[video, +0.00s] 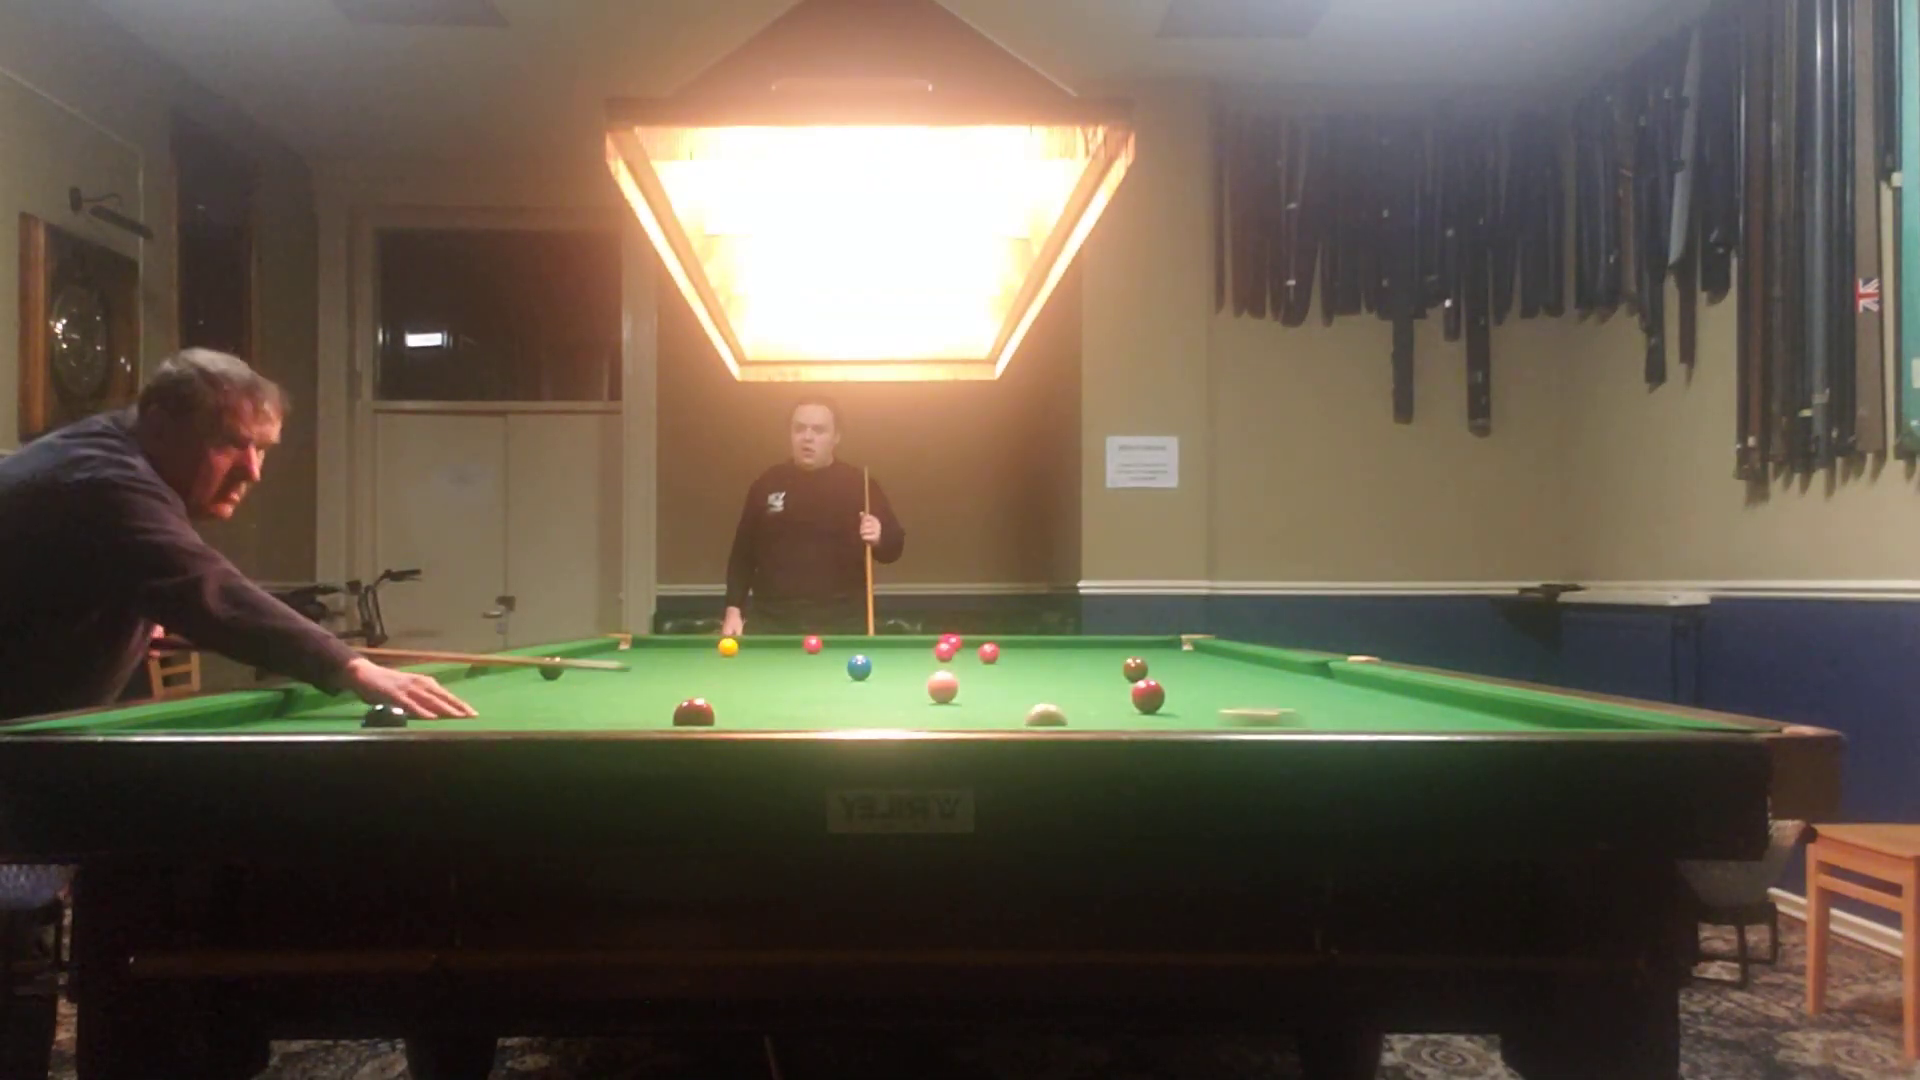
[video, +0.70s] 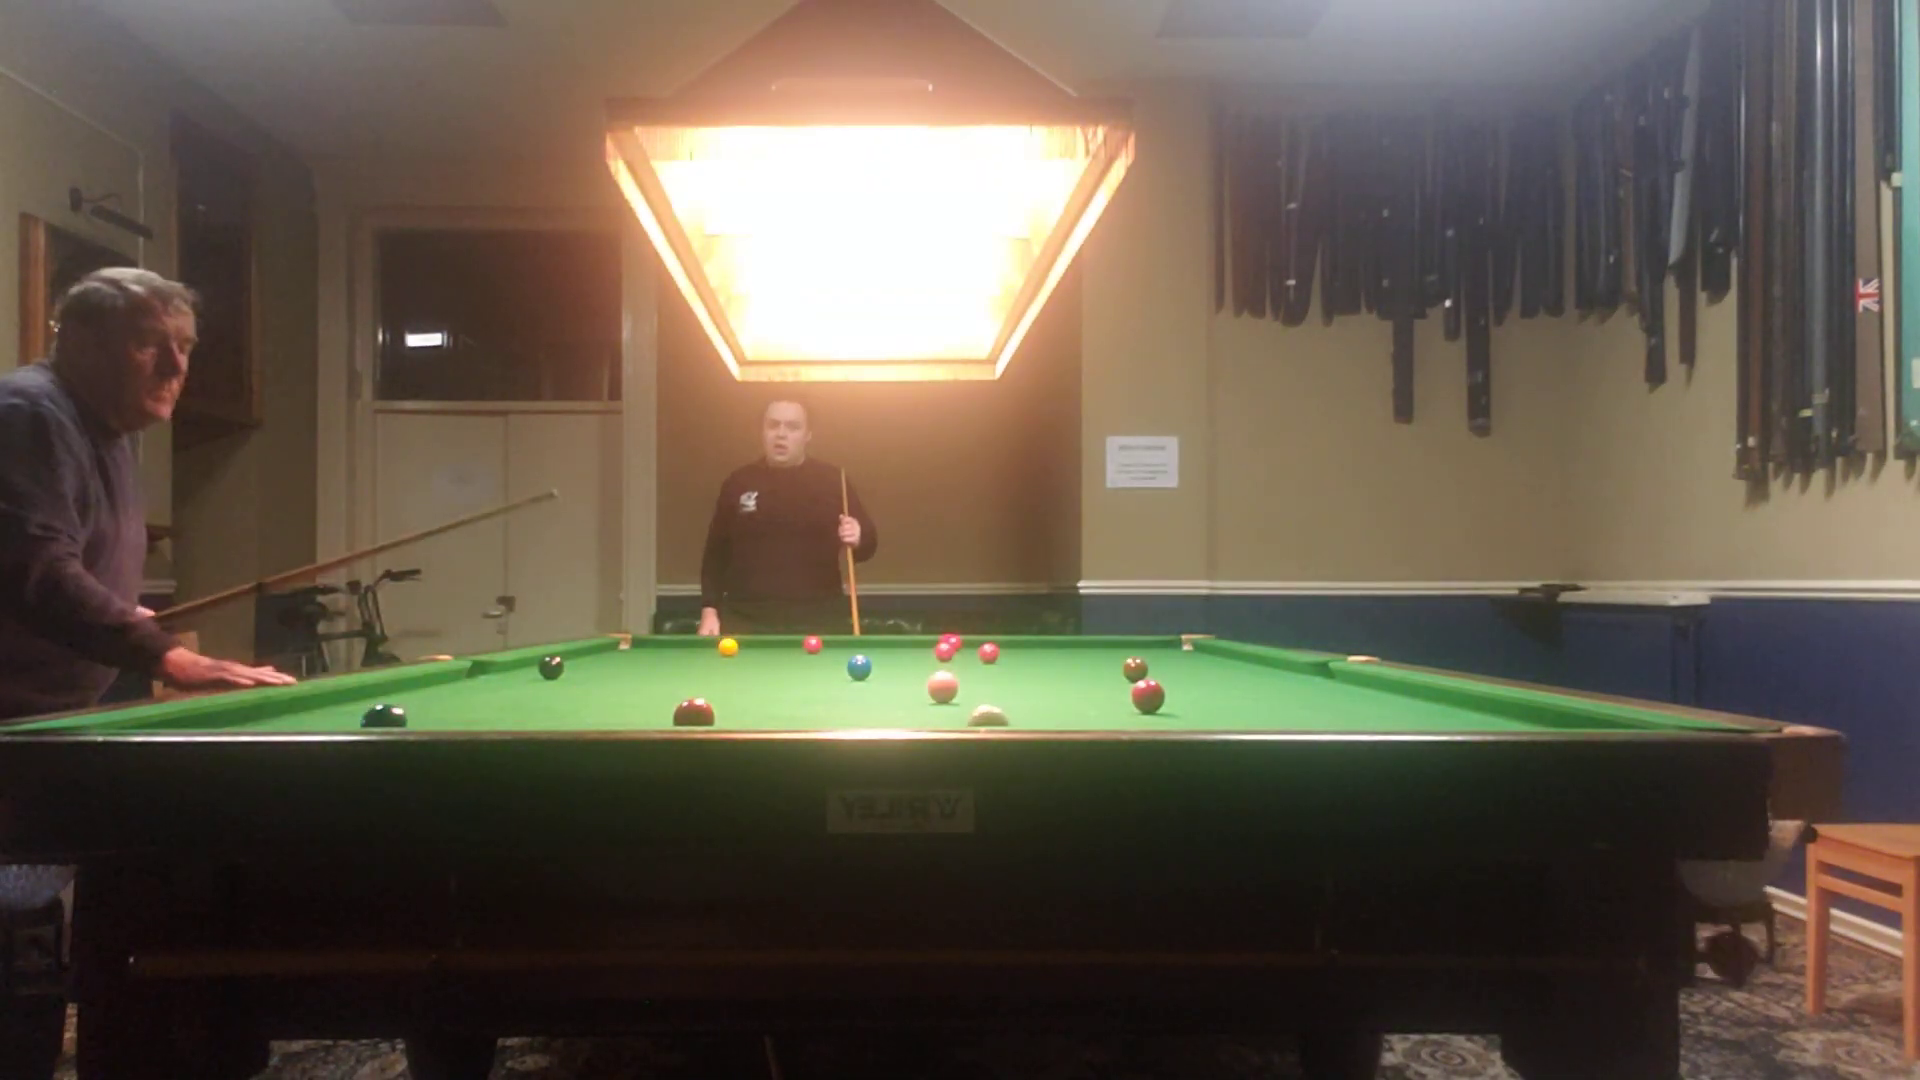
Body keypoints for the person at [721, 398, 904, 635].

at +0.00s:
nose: (807, 438)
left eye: (818, 430)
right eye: (800, 429)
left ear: (836, 437)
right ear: (790, 434)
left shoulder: (860, 485)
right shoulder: (768, 485)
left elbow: (893, 550)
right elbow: (743, 552)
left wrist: (881, 538)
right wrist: (734, 608)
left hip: (842, 626)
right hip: (773, 627)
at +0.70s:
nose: (781, 434)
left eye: (792, 426)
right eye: (773, 425)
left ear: (807, 436)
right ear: (762, 432)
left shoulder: (832, 480)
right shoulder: (739, 483)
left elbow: (867, 546)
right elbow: (716, 551)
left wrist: (860, 537)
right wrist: (710, 609)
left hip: (819, 626)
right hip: (748, 627)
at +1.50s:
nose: (728, 433)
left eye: (739, 426)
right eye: (720, 425)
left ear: (758, 434)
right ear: (711, 431)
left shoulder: (781, 485)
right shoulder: (686, 485)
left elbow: (809, 550)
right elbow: (662, 551)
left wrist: (821, 543)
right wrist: (655, 609)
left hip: (767, 627)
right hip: (696, 628)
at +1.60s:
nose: (726, 434)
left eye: (738, 427)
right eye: (719, 426)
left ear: (756, 434)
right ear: (709, 432)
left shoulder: (779, 485)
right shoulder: (686, 484)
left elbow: (809, 550)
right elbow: (661, 550)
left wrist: (821, 543)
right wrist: (654, 610)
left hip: (766, 629)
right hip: (695, 630)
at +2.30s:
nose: (733, 446)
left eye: (744, 437)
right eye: (725, 436)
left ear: (763, 439)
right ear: (714, 438)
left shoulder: (785, 487)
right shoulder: (691, 484)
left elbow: (815, 558)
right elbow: (665, 548)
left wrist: (817, 545)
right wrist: (658, 605)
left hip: (765, 631)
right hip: (694, 631)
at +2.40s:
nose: (734, 447)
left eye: (745, 438)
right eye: (726, 437)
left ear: (764, 440)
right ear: (715, 439)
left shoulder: (785, 487)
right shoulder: (691, 484)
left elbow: (814, 558)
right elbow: (666, 548)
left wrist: (816, 545)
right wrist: (658, 605)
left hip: (764, 632)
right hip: (694, 632)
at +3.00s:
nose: (739, 450)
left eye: (750, 440)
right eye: (731, 439)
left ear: (768, 442)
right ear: (720, 440)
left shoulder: (788, 489)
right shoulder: (692, 489)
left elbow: (812, 558)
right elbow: (667, 549)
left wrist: (821, 547)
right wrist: (660, 604)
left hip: (765, 635)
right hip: (694, 634)